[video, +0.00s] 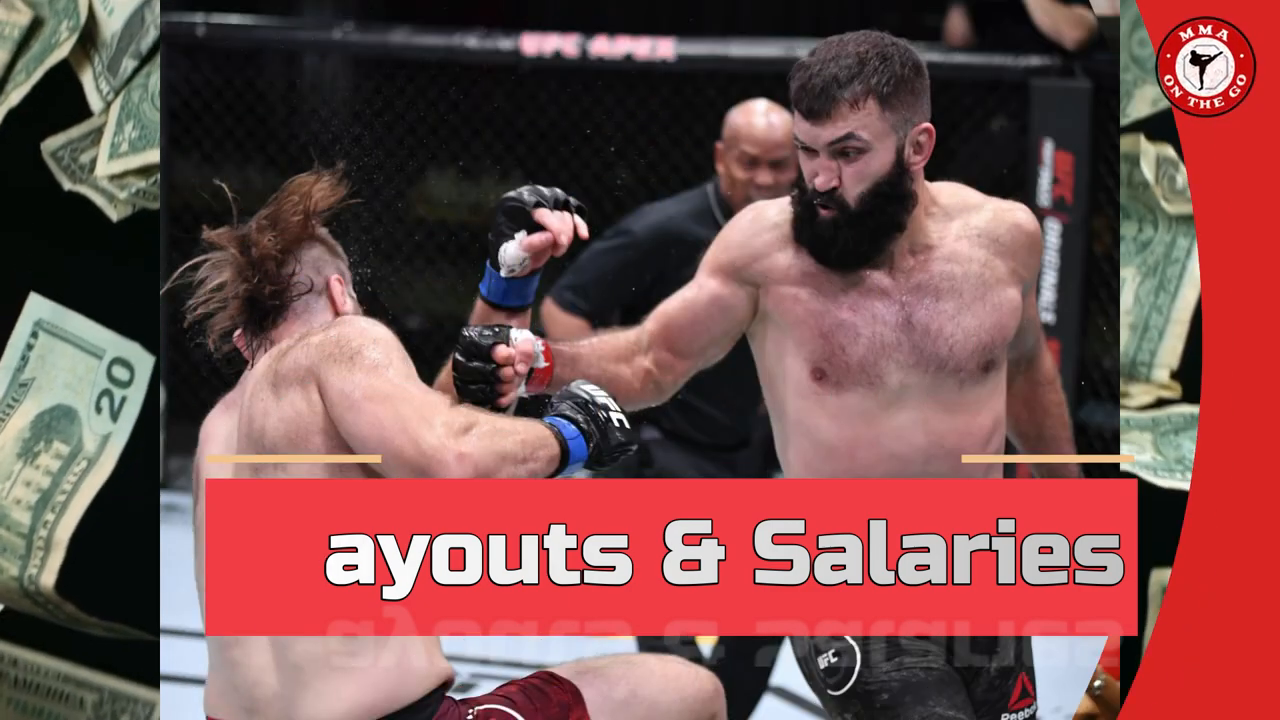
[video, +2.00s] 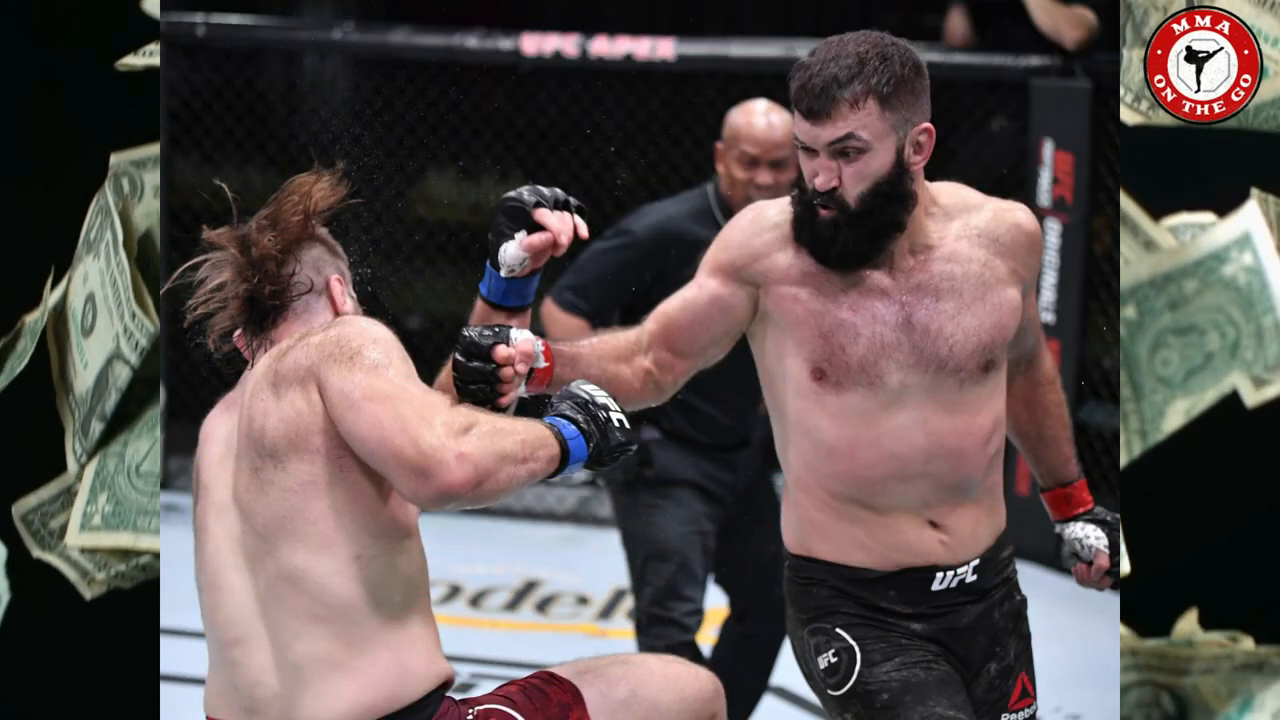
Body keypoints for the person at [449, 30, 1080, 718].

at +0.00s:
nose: (816, 178)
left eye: (846, 152)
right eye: (806, 152)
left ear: (918, 145)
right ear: (794, 140)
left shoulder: (1007, 234)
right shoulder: (761, 242)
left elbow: (1027, 371)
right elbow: (651, 361)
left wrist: (1069, 518)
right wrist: (537, 367)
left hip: (986, 588)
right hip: (845, 598)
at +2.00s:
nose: (818, 177)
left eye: (845, 151)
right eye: (805, 151)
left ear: (918, 143)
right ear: (790, 140)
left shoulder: (1006, 235)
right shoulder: (758, 243)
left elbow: (1028, 366)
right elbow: (650, 360)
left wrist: (1074, 506)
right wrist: (539, 368)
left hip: (982, 595)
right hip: (845, 607)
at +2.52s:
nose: (817, 177)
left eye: (845, 152)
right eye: (805, 151)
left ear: (918, 144)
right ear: (790, 140)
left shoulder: (1005, 235)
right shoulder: (758, 243)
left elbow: (1028, 367)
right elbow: (651, 361)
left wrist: (1075, 506)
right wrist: (538, 368)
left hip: (983, 594)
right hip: (845, 607)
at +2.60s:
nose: (817, 177)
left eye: (845, 152)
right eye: (805, 151)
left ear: (918, 144)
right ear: (791, 140)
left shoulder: (1006, 235)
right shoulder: (758, 243)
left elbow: (1028, 367)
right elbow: (650, 361)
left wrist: (1075, 507)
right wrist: (538, 368)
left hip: (982, 595)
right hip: (845, 607)